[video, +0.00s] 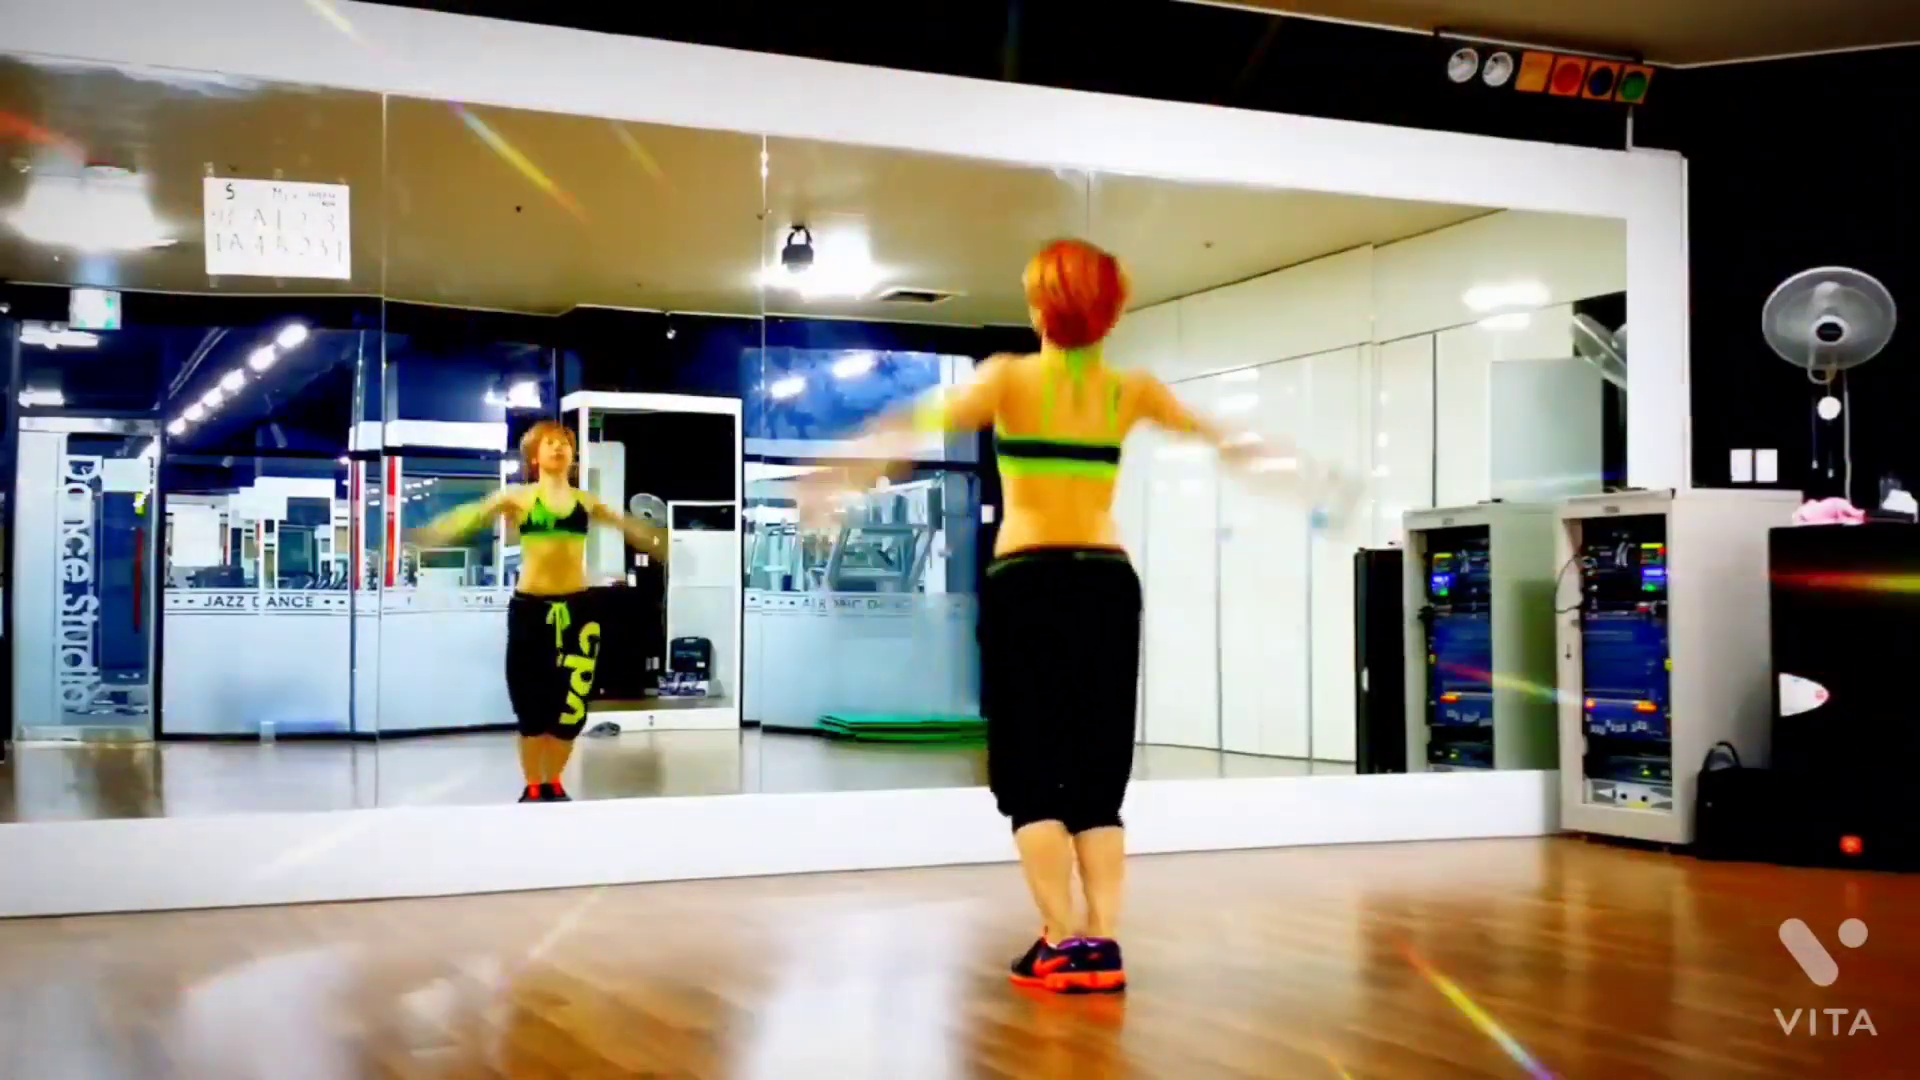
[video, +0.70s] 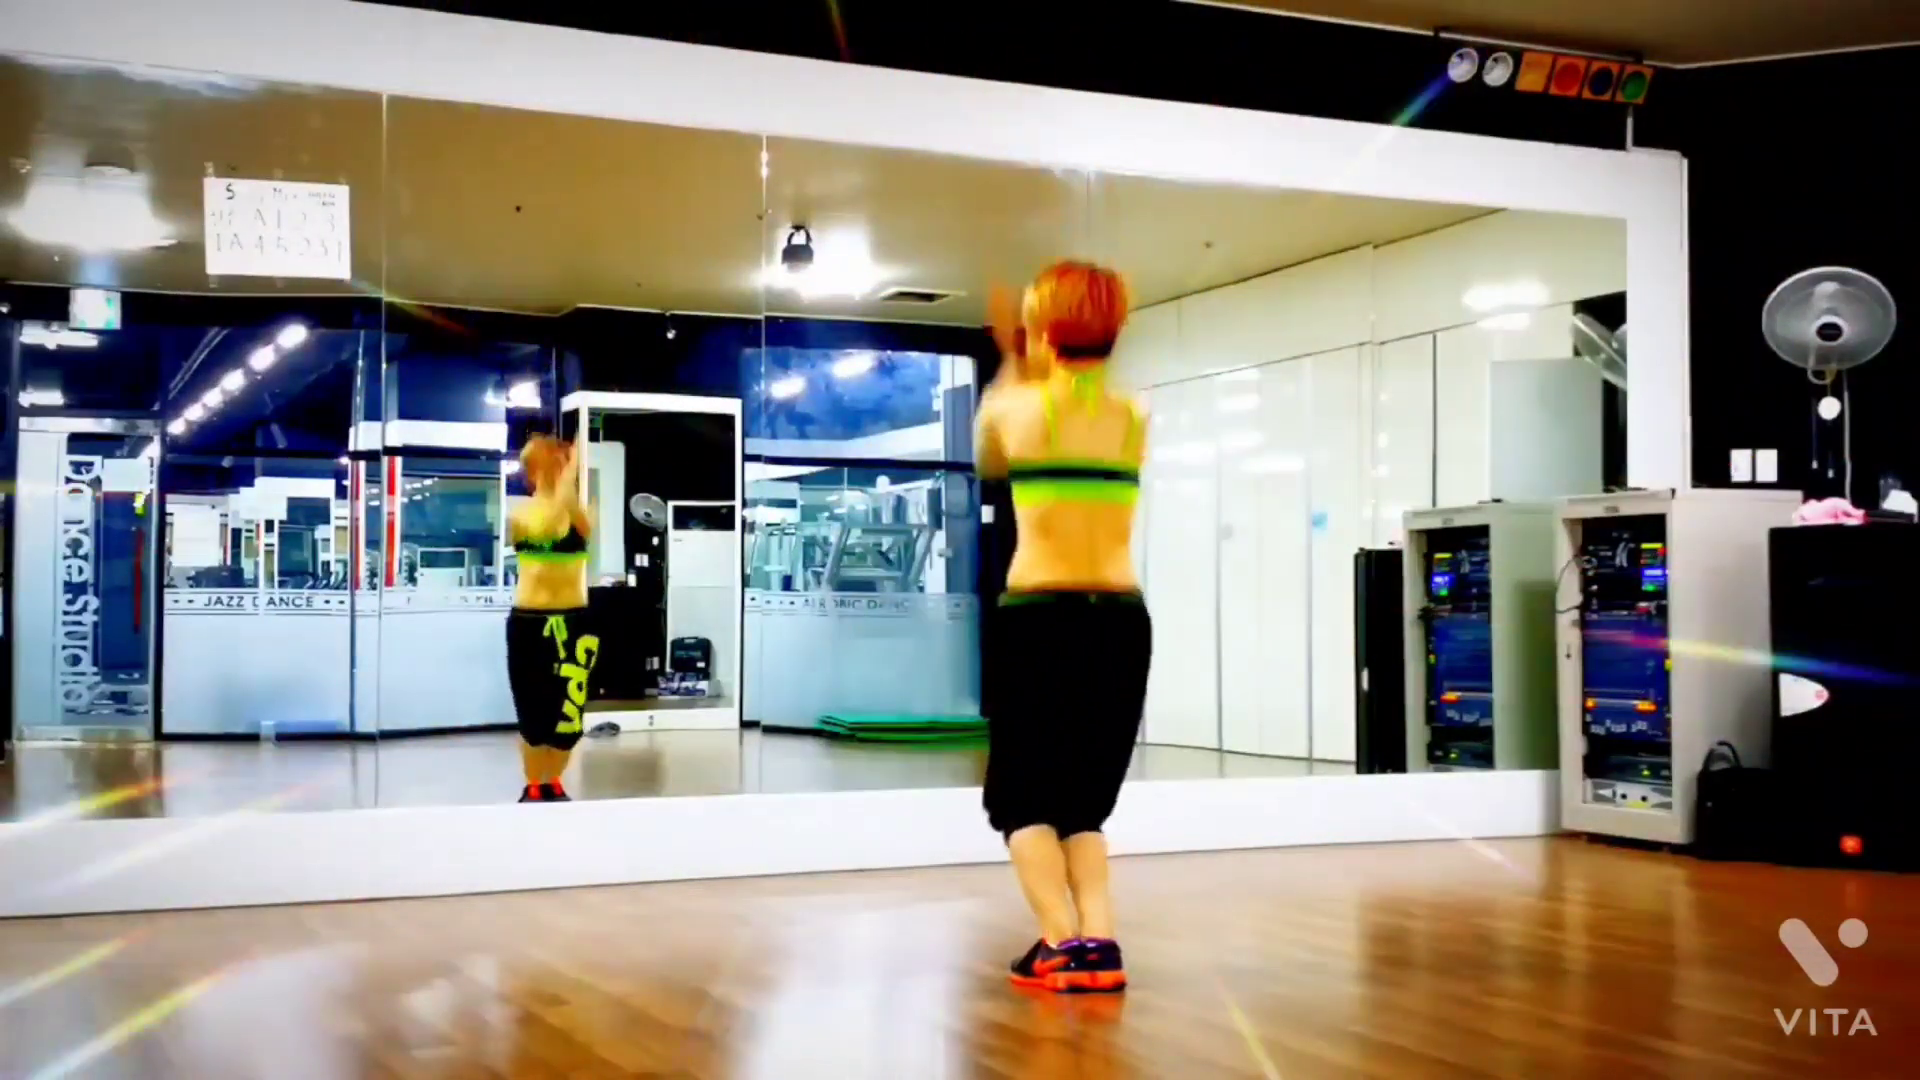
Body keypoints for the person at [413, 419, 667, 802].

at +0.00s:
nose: (557, 448)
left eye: (563, 443)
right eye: (549, 442)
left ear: (573, 455)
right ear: (534, 455)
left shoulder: (584, 501)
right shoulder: (519, 497)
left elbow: (623, 523)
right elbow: (469, 518)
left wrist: (655, 540)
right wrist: (433, 534)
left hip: (576, 605)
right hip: (530, 606)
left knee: (571, 704)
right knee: (533, 703)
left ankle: (552, 781)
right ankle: (533, 786)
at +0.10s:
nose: (557, 445)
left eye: (564, 440)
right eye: (549, 440)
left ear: (573, 451)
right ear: (534, 451)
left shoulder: (584, 492)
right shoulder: (521, 489)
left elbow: (632, 475)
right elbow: (462, 470)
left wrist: (673, 459)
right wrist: (401, 457)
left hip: (577, 604)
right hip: (530, 604)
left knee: (569, 702)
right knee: (529, 702)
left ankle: (553, 783)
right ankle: (532, 785)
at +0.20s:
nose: (558, 446)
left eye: (564, 441)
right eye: (549, 441)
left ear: (573, 452)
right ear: (533, 452)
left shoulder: (583, 486)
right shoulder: (521, 484)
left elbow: (615, 439)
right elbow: (480, 437)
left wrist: (643, 400)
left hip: (579, 605)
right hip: (531, 606)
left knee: (570, 704)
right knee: (529, 704)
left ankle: (551, 783)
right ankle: (532, 786)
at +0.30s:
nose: (557, 449)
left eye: (563, 442)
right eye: (548, 442)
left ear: (573, 451)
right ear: (532, 451)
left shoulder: (583, 484)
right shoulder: (523, 482)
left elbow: (592, 428)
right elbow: (506, 426)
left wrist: (602, 373)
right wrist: (483, 371)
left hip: (580, 603)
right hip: (532, 603)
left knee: (571, 703)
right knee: (530, 704)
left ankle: (552, 783)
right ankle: (532, 785)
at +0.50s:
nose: (556, 454)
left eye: (562, 447)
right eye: (548, 448)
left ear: (572, 453)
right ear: (534, 455)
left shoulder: (582, 489)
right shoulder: (524, 490)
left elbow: (576, 423)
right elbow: (532, 424)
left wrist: (560, 379)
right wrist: (541, 369)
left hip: (578, 601)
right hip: (531, 602)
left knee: (570, 700)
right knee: (531, 700)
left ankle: (552, 782)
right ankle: (531, 784)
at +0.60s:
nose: (557, 458)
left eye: (564, 452)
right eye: (549, 452)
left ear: (573, 458)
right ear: (535, 456)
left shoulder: (581, 492)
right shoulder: (525, 492)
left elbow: (579, 451)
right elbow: (530, 466)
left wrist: (561, 414)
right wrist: (551, 422)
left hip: (577, 603)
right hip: (530, 604)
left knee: (570, 705)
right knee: (531, 703)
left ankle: (552, 782)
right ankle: (531, 785)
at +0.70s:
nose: (547, 456)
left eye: (550, 448)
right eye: (540, 449)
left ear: (564, 457)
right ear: (531, 464)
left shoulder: (578, 508)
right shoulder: (519, 511)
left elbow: (582, 525)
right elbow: (549, 524)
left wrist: (575, 478)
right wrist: (566, 477)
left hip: (574, 613)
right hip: (529, 615)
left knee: (568, 713)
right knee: (534, 710)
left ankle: (552, 781)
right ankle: (532, 785)